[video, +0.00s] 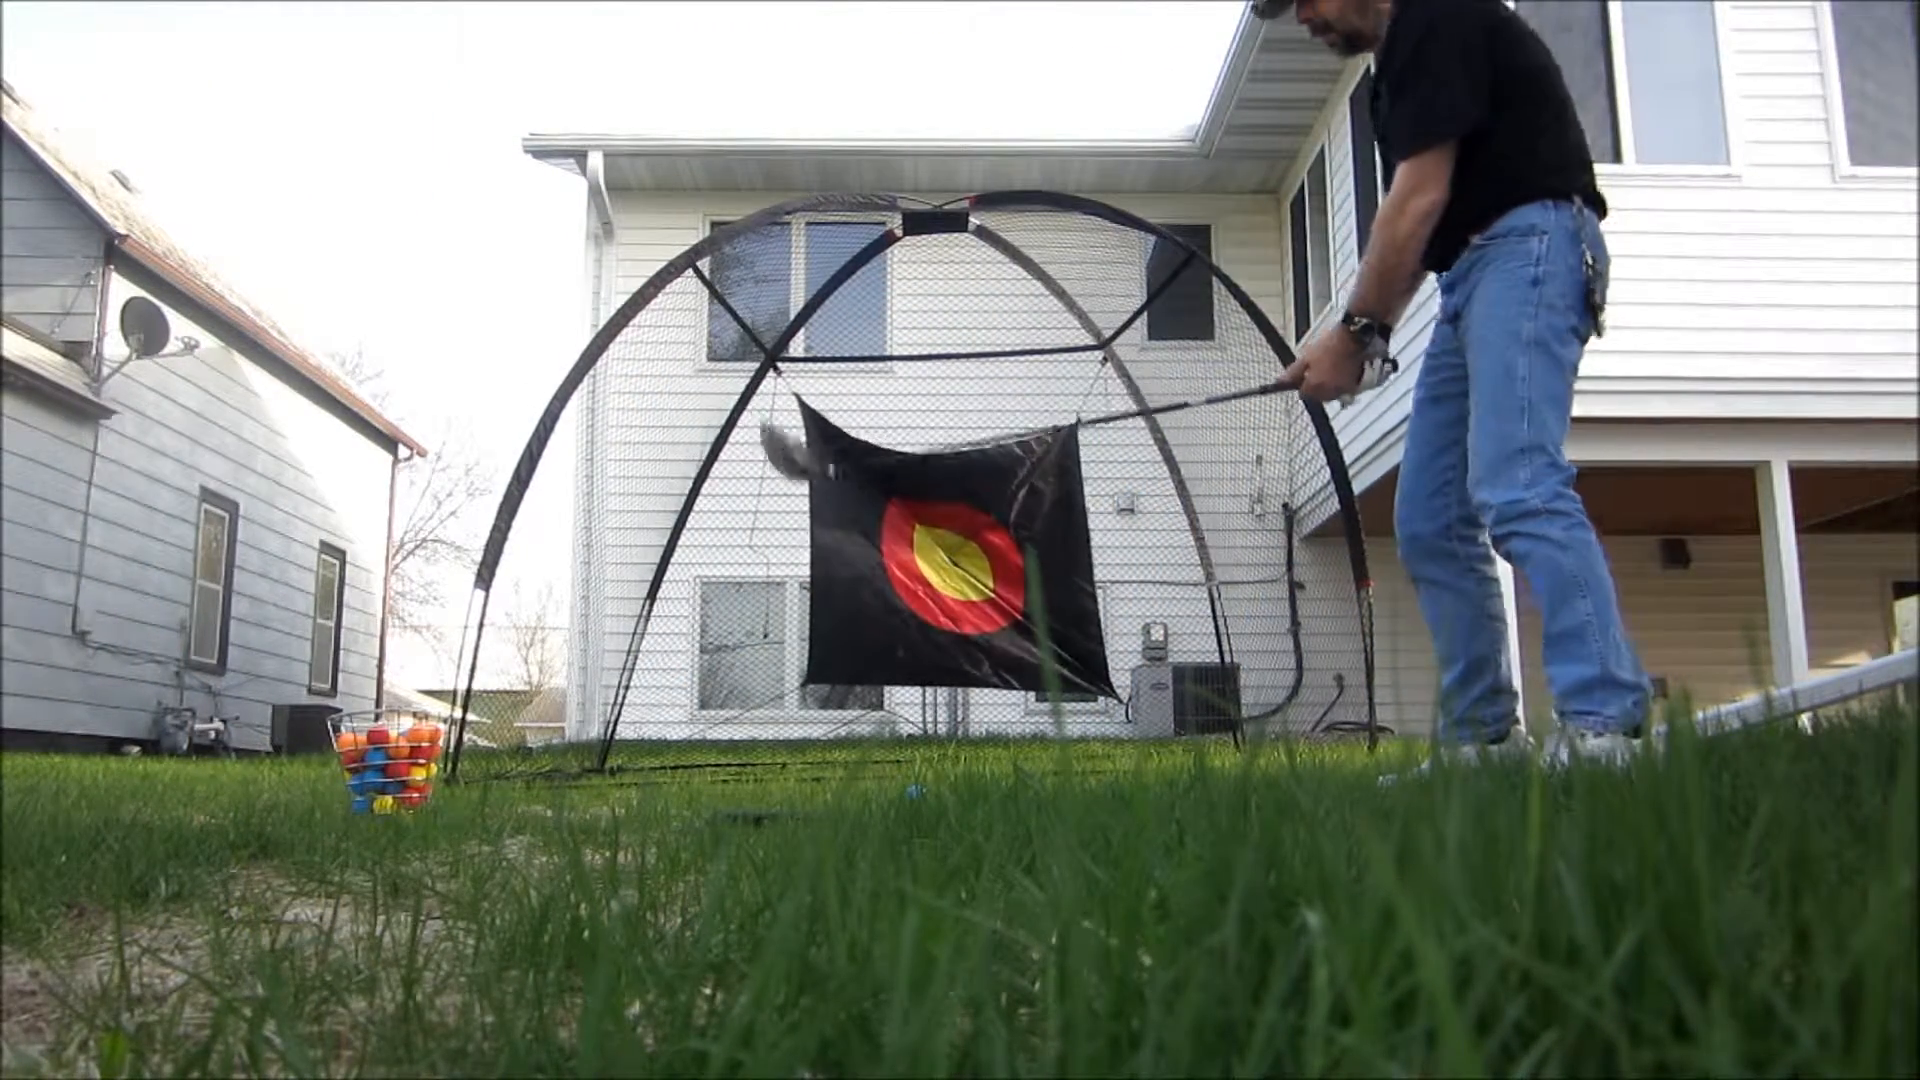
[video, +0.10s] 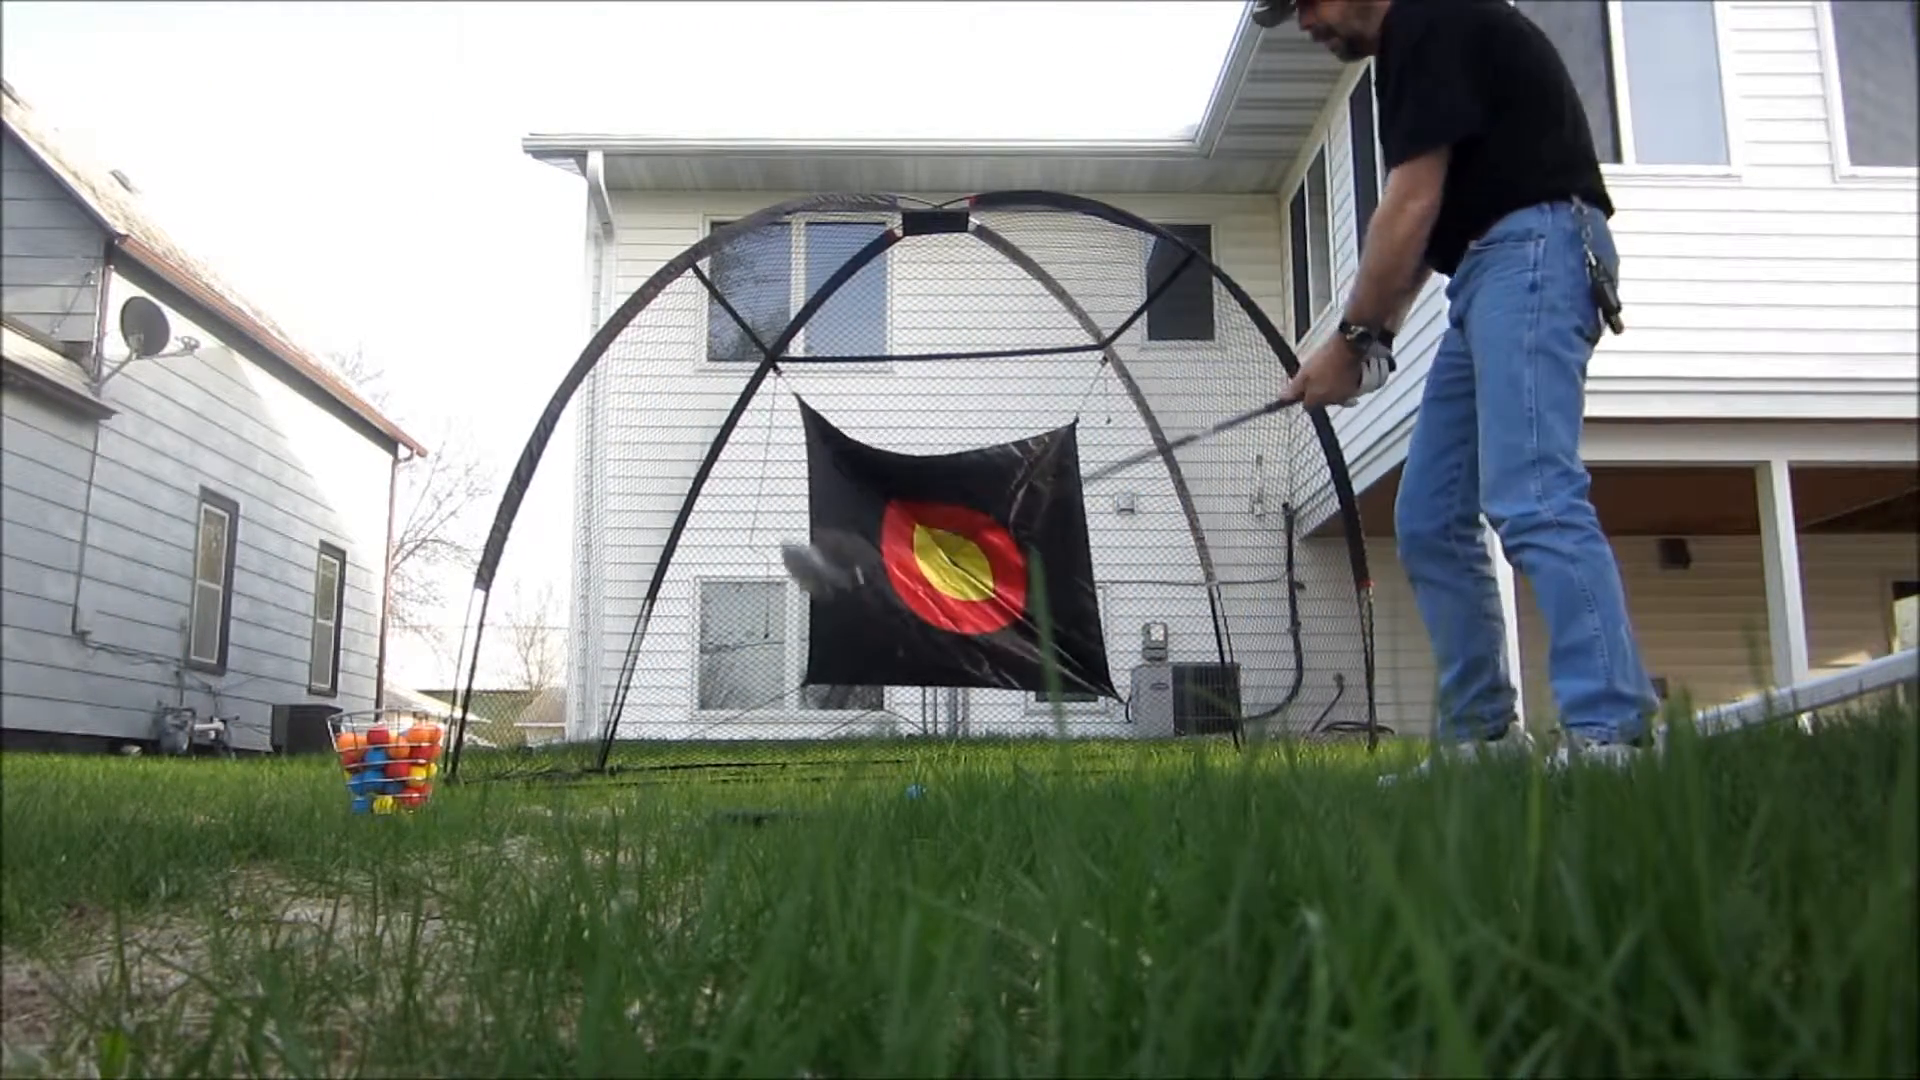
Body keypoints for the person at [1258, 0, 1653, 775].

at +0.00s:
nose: (1305, 20)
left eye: (1307, 3)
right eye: (1297, 14)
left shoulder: (1434, 20)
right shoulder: (1382, 83)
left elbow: (1423, 197)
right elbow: (1408, 214)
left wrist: (1356, 331)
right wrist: (1352, 330)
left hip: (1529, 242)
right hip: (1467, 279)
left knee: (1519, 486)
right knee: (1431, 521)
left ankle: (1607, 721)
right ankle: (1481, 739)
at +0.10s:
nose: (1305, 24)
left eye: (1307, 4)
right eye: (1296, 16)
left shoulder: (1431, 23)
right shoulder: (1402, 57)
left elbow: (1413, 205)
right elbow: (1411, 219)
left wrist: (1353, 339)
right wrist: (1361, 337)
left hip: (1533, 244)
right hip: (1480, 276)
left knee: (1533, 497)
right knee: (1432, 521)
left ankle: (1610, 729)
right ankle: (1479, 739)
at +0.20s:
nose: (1303, 26)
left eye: (1304, 6)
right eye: (1293, 18)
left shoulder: (1426, 23)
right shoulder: (1400, 56)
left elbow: (1410, 203)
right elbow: (1407, 217)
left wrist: (1359, 348)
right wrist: (1360, 350)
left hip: (1539, 240)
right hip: (1487, 271)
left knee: (1531, 494)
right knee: (1424, 507)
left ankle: (1611, 729)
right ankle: (1478, 728)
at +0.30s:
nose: (1302, 32)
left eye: (1302, 12)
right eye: (1291, 25)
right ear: (1346, 10)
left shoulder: (1422, 26)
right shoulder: (1401, 53)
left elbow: (1408, 211)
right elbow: (1407, 226)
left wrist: (1363, 355)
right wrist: (1353, 358)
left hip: (1545, 240)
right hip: (1493, 270)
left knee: (1536, 495)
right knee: (1431, 510)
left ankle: (1613, 730)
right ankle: (1480, 732)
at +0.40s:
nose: (1297, 38)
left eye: (1298, 16)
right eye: (1286, 29)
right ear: (1338, 14)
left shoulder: (1422, 26)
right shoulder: (1382, 78)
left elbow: (1406, 211)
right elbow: (1391, 223)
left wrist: (1357, 355)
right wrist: (1347, 358)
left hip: (1540, 243)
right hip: (1482, 279)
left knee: (1538, 496)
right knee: (1435, 519)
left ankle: (1613, 728)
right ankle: (1476, 740)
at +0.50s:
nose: (1297, 47)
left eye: (1295, 23)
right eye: (1284, 38)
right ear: (1334, 17)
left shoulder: (1419, 32)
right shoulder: (1379, 84)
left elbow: (1401, 213)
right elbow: (1386, 224)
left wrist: (1348, 355)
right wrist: (1340, 359)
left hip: (1539, 240)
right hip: (1478, 281)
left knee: (1522, 486)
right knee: (1434, 521)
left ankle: (1611, 720)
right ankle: (1477, 741)